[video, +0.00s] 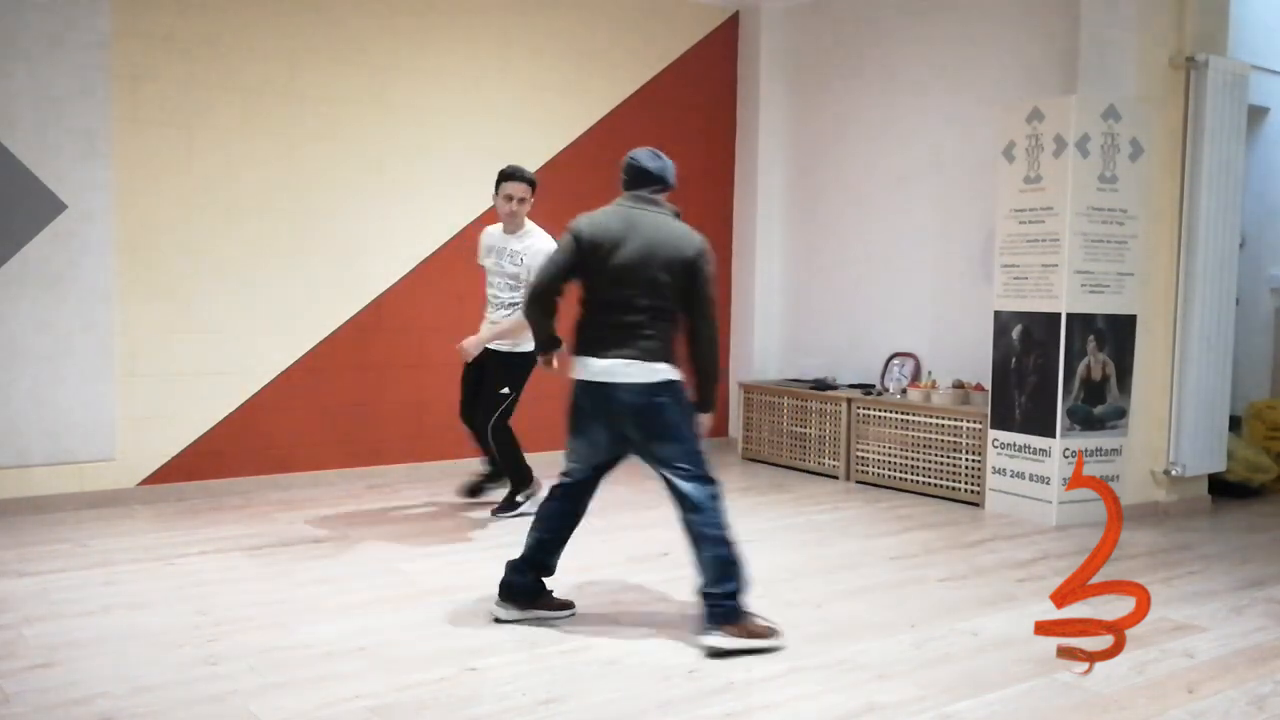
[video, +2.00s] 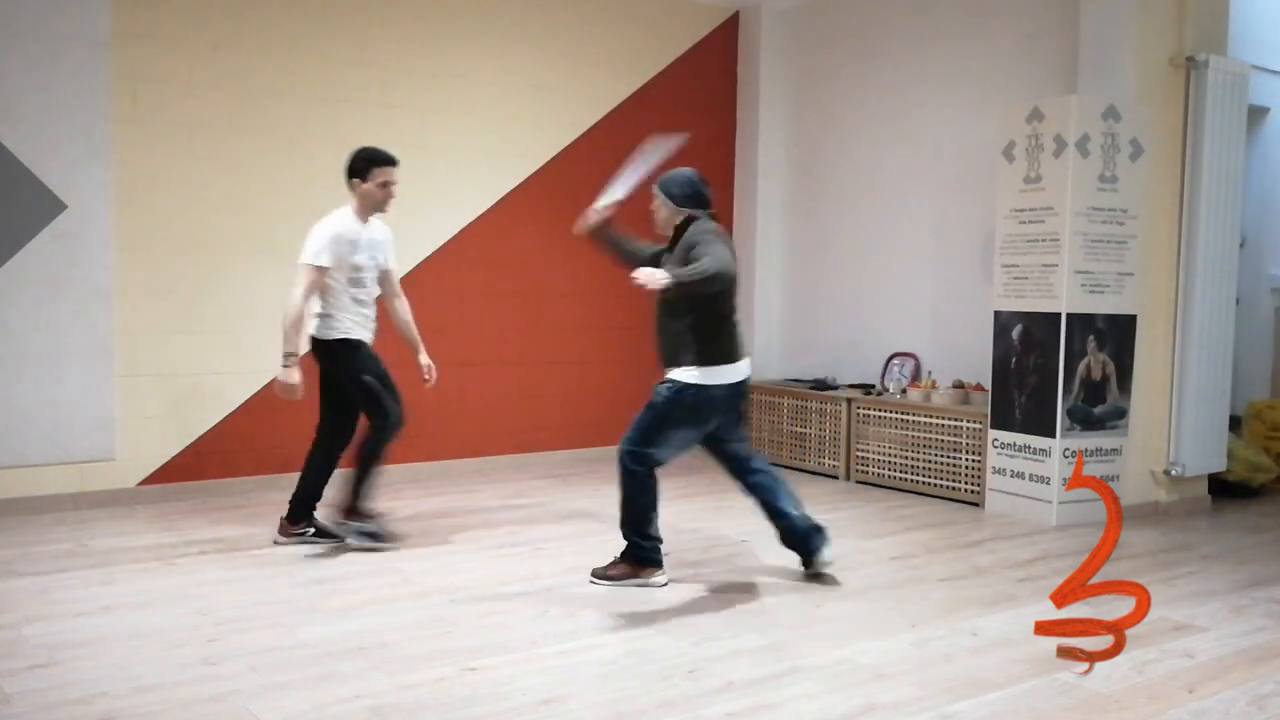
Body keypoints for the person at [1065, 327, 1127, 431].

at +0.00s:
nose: (1087, 345)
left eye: (1091, 342)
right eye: (1088, 342)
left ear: (1099, 344)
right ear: (1088, 345)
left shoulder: (1108, 364)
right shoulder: (1083, 365)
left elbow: (1114, 390)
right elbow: (1076, 391)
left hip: (1102, 406)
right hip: (1086, 406)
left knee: (1121, 411)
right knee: (1071, 410)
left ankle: (1086, 425)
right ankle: (1102, 425)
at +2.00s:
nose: (1088, 345)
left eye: (1091, 342)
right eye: (1088, 342)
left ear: (1098, 344)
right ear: (1087, 344)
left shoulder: (1108, 364)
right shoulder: (1084, 364)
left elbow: (1114, 390)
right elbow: (1076, 390)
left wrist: (1108, 406)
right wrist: (1070, 409)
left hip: (1103, 406)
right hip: (1086, 406)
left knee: (1121, 411)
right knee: (1071, 410)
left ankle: (1087, 424)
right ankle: (1100, 425)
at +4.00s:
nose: (1088, 345)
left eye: (1091, 342)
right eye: (1088, 342)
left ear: (1099, 344)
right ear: (1087, 345)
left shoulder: (1108, 365)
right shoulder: (1083, 365)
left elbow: (1114, 389)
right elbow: (1076, 390)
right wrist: (1069, 408)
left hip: (1103, 406)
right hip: (1086, 405)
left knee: (1122, 411)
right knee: (1071, 410)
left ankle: (1086, 424)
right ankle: (1100, 424)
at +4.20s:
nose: (1088, 345)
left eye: (1091, 341)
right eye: (1088, 342)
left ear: (1098, 344)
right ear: (1087, 345)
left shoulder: (1108, 364)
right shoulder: (1084, 364)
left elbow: (1113, 388)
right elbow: (1077, 386)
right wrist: (1071, 402)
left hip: (1102, 405)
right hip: (1085, 405)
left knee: (1121, 411)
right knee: (1071, 409)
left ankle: (1087, 423)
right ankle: (1098, 423)